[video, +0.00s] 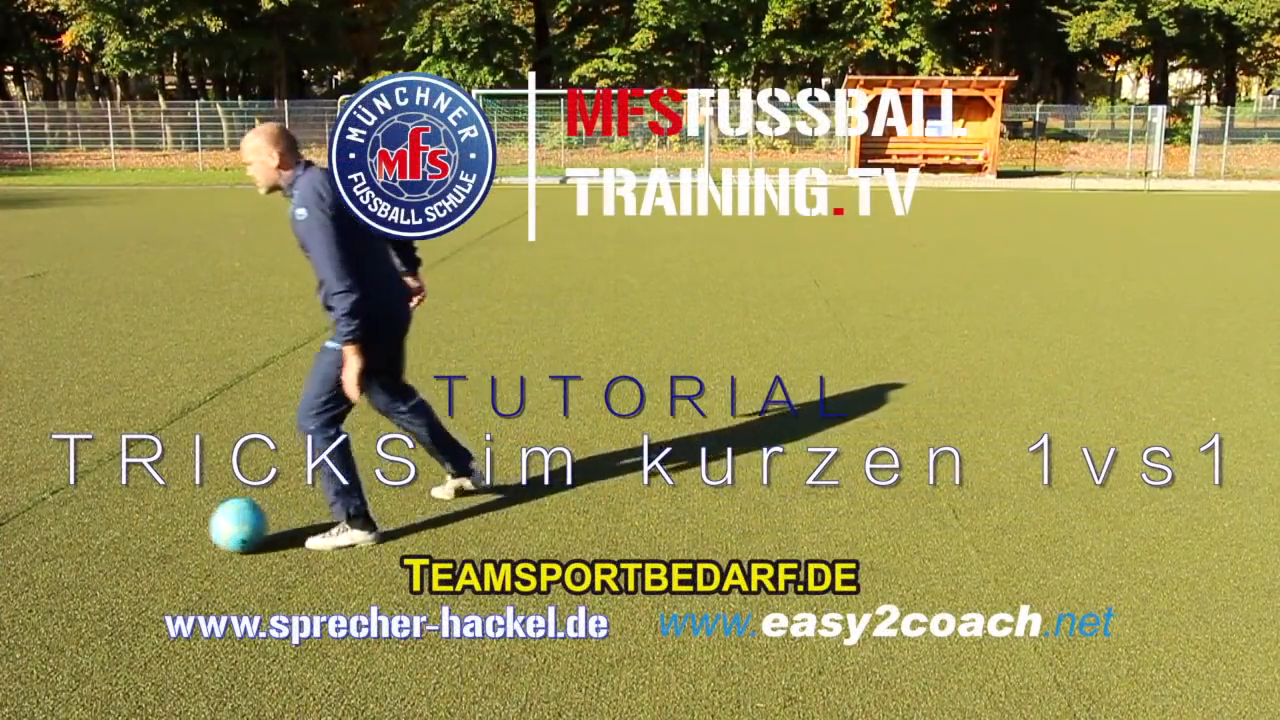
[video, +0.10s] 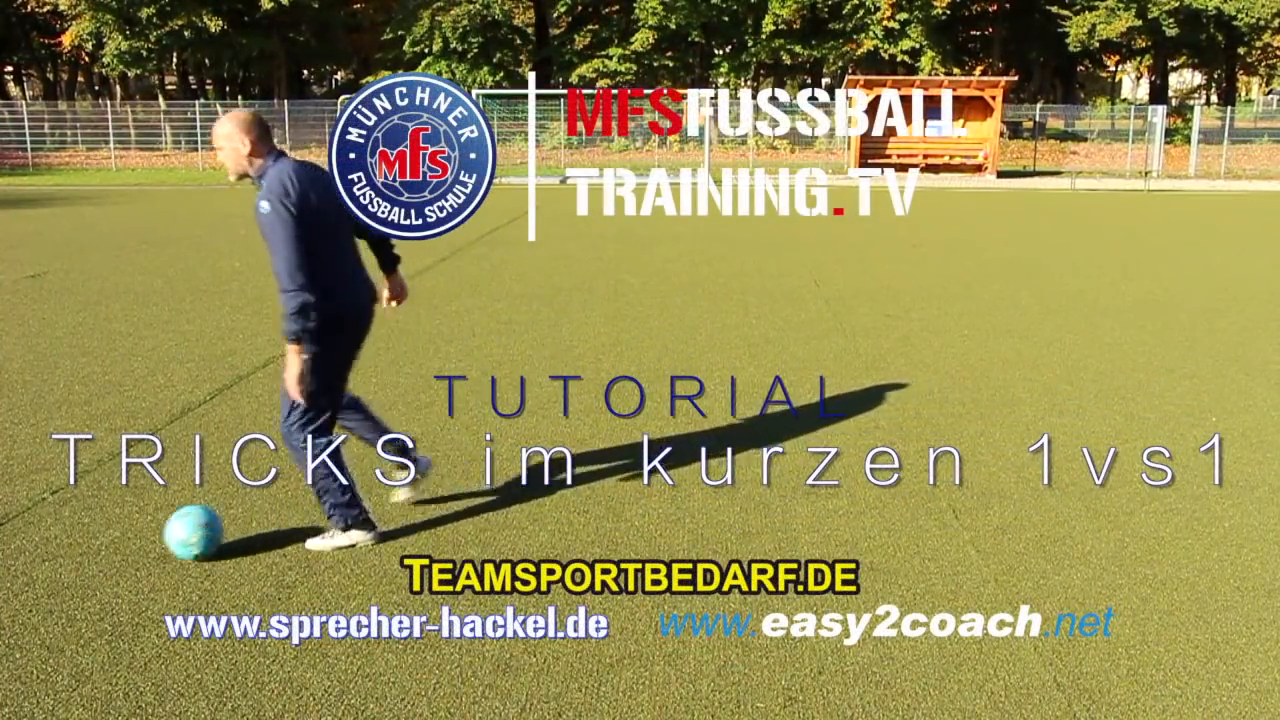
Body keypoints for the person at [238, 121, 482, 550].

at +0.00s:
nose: (250, 175)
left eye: (251, 165)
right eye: (248, 166)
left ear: (274, 159)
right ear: (284, 155)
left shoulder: (305, 199)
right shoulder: (334, 175)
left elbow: (338, 281)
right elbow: (388, 212)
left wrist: (350, 348)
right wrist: (410, 269)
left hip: (361, 319)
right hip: (392, 307)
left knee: (316, 416)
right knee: (386, 390)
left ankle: (354, 522)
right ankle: (464, 471)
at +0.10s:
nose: (218, 160)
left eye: (221, 149)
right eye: (216, 150)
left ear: (246, 146)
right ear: (260, 142)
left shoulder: (272, 196)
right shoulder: (315, 174)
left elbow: (293, 280)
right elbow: (365, 214)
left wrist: (295, 348)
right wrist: (390, 269)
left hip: (325, 315)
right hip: (356, 304)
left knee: (299, 423)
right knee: (328, 396)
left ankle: (350, 522)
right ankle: (409, 461)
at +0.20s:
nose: (194, 128)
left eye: (196, 118)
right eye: (192, 119)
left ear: (221, 116)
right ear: (233, 113)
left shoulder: (243, 166)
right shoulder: (287, 152)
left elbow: (257, 253)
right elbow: (345, 203)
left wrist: (247, 317)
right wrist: (366, 256)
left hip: (285, 296)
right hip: (312, 287)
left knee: (288, 399)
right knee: (258, 378)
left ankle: (343, 509)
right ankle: (312, 480)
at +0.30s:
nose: (173, 111)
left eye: (177, 101)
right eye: (171, 102)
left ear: (203, 101)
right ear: (212, 100)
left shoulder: (218, 153)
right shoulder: (255, 143)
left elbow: (230, 237)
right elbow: (315, 198)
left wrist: (216, 299)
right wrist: (332, 255)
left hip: (248, 287)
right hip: (269, 282)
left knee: (215, 396)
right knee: (213, 391)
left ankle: (297, 485)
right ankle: (204, 502)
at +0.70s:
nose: (110, 130)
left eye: (115, 119)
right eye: (108, 121)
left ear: (147, 118)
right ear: (149, 119)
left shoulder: (160, 175)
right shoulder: (180, 167)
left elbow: (171, 266)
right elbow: (167, 253)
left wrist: (160, 342)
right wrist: (121, 279)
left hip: (143, 318)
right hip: (167, 313)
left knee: (56, 404)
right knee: (134, 417)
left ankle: (44, 521)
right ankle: (154, 534)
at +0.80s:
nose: (104, 127)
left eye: (108, 116)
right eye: (103, 117)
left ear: (141, 113)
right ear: (142, 115)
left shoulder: (157, 172)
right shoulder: (166, 164)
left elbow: (163, 272)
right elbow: (156, 251)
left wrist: (148, 345)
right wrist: (110, 258)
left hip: (137, 317)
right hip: (165, 312)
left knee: (62, 407)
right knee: (142, 421)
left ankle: (81, 531)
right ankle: (156, 534)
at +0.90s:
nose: (103, 125)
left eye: (109, 116)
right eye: (103, 115)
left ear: (137, 116)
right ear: (145, 115)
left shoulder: (156, 177)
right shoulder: (161, 167)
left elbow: (164, 274)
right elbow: (155, 252)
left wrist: (147, 347)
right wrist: (106, 261)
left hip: (140, 320)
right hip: (157, 314)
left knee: (85, 420)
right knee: (147, 425)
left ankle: (127, 540)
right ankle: (161, 537)